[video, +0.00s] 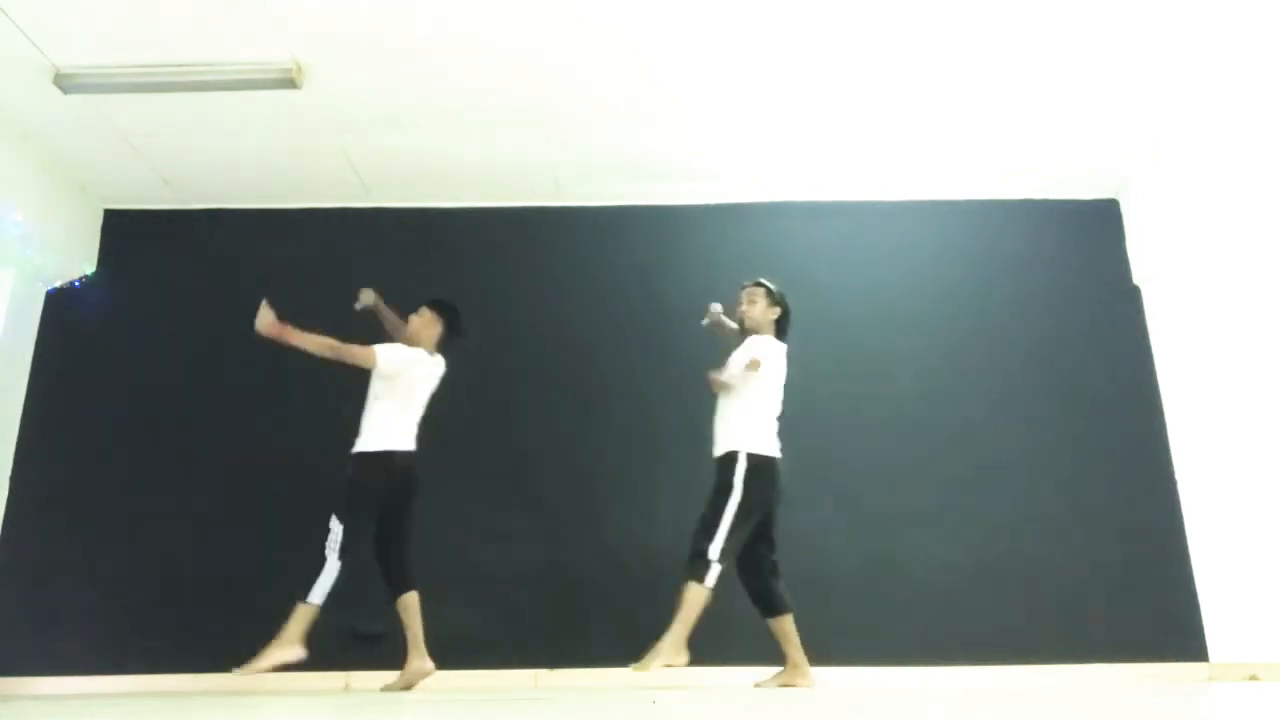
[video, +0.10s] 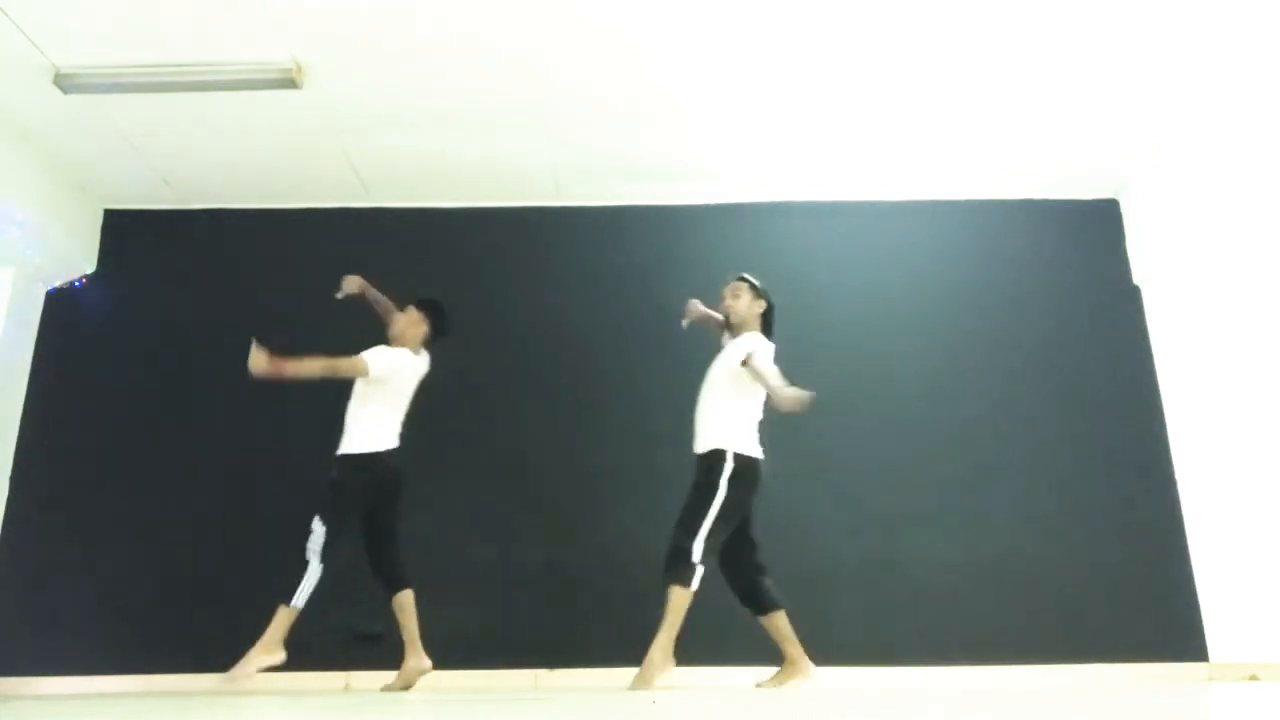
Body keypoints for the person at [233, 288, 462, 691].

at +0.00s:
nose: (412, 320)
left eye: (421, 316)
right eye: (416, 315)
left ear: (438, 330)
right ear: (436, 332)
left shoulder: (395, 356)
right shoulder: (435, 364)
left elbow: (336, 349)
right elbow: (404, 336)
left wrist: (276, 330)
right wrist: (377, 307)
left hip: (371, 463)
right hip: (402, 465)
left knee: (335, 553)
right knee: (395, 558)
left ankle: (290, 641)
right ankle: (418, 657)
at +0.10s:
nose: (399, 316)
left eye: (408, 315)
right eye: (405, 312)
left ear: (423, 330)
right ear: (417, 329)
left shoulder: (387, 359)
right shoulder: (418, 360)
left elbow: (331, 366)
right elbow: (396, 321)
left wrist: (272, 366)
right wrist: (366, 290)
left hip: (356, 465)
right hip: (385, 466)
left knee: (318, 552)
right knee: (387, 555)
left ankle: (271, 643)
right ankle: (415, 654)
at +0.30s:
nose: (356, 318)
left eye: (367, 317)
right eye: (361, 313)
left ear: (380, 333)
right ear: (360, 324)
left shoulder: (372, 370)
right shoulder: (343, 352)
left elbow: (348, 404)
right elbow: (307, 321)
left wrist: (307, 420)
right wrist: (300, 287)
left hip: (337, 481)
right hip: (323, 477)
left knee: (289, 568)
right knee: (316, 574)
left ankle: (261, 671)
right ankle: (379, 640)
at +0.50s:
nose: (280, 368)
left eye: (288, 359)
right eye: (277, 360)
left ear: (312, 360)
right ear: (277, 366)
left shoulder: (347, 388)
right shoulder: (279, 409)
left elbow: (374, 355)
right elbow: (231, 440)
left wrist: (321, 353)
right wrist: (191, 393)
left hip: (351, 507)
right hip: (312, 504)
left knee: (281, 577)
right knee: (225, 556)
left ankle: (257, 676)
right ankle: (213, 659)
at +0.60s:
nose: (261, 390)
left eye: (265, 380)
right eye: (258, 383)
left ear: (289, 372)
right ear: (261, 387)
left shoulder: (332, 390)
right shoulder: (269, 431)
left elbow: (342, 339)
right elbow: (274, 489)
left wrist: (290, 358)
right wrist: (224, 469)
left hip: (348, 511)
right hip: (304, 511)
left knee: (283, 579)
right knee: (229, 550)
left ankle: (258, 675)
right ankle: (222, 656)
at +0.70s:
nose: (268, 403)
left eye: (272, 391)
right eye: (264, 396)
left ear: (292, 384)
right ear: (263, 400)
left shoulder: (328, 396)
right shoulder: (268, 438)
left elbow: (325, 347)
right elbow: (295, 491)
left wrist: (264, 374)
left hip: (345, 510)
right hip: (302, 513)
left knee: (291, 583)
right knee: (248, 551)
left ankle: (260, 672)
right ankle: (276, 652)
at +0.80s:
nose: (270, 384)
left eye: (277, 375)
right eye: (266, 377)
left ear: (297, 375)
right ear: (264, 385)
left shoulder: (334, 397)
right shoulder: (270, 429)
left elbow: (341, 362)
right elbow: (285, 494)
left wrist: (273, 378)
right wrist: (315, 501)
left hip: (347, 509)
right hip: (301, 510)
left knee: (297, 590)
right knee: (266, 567)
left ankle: (257, 671)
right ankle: (306, 664)